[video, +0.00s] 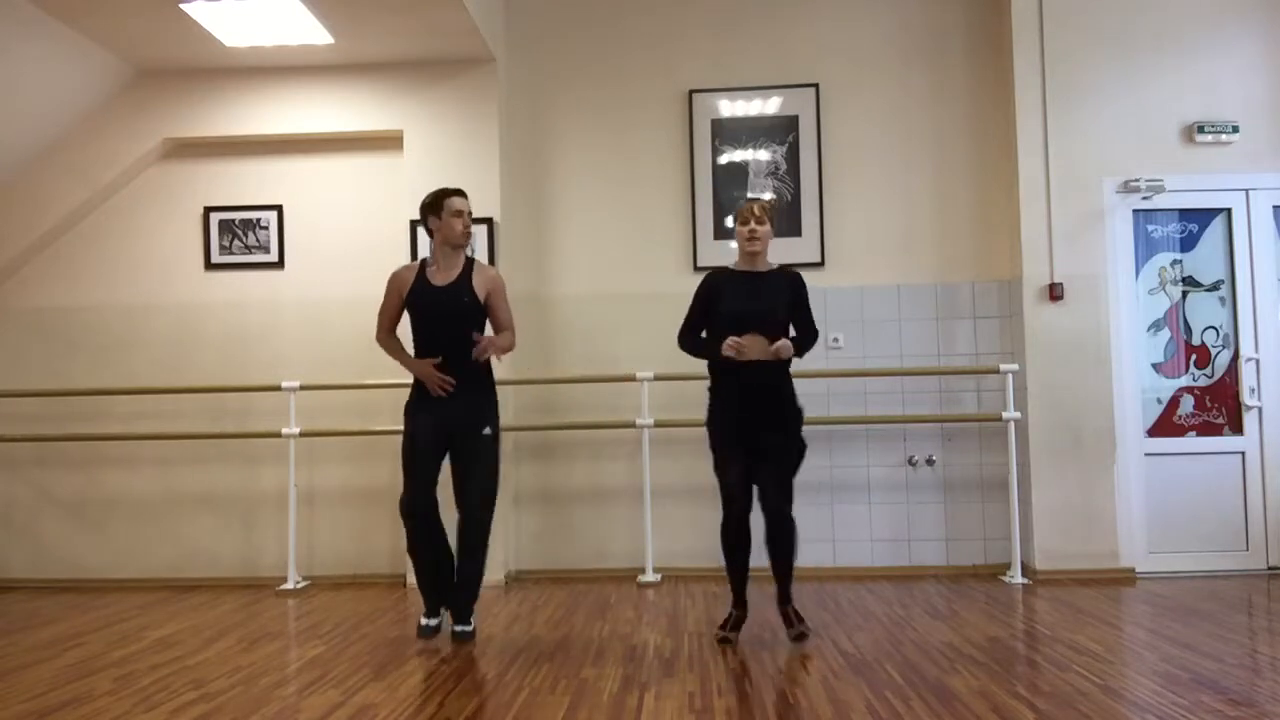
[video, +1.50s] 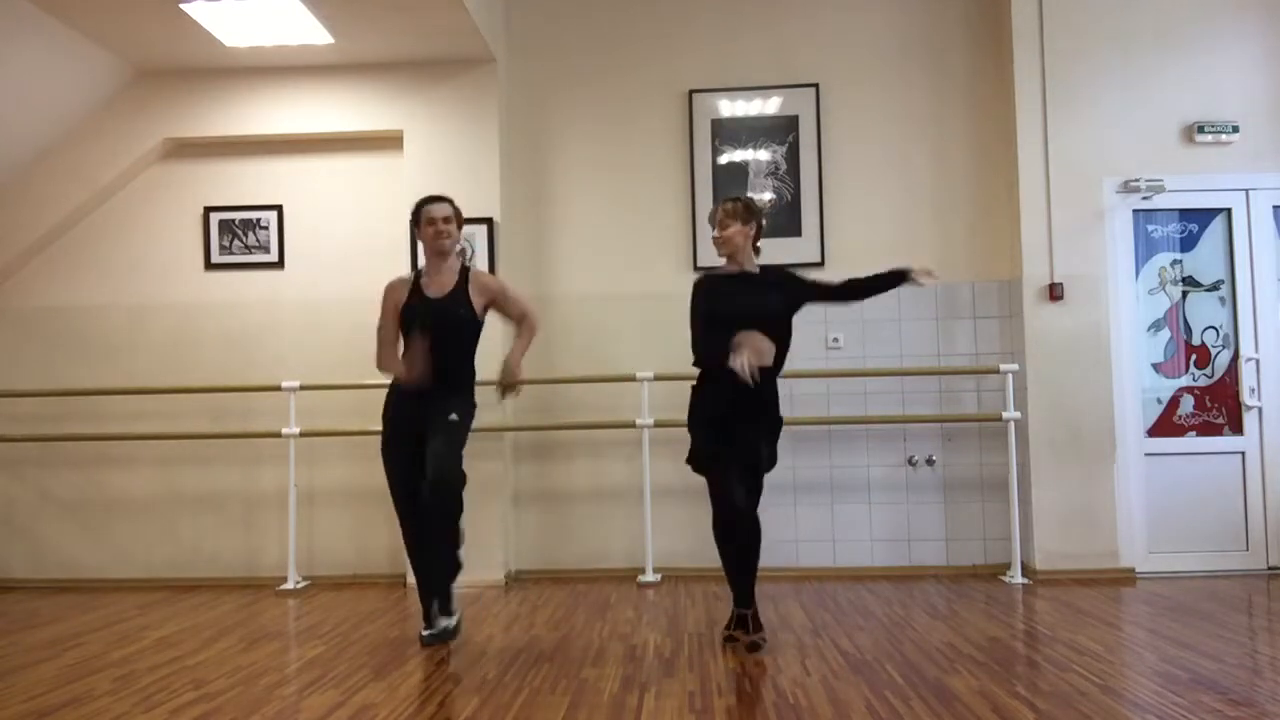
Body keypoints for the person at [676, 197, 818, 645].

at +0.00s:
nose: (752, 228)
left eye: (760, 221)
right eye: (745, 221)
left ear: (772, 231)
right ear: (735, 231)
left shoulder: (789, 282)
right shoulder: (715, 282)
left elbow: (809, 333)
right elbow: (686, 337)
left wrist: (790, 347)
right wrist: (719, 349)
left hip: (777, 409)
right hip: (729, 411)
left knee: (778, 508)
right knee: (735, 509)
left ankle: (786, 602)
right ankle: (737, 605)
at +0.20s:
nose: (738, 229)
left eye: (746, 222)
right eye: (733, 223)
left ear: (766, 232)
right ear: (726, 233)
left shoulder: (786, 283)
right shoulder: (713, 285)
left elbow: (805, 341)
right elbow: (704, 350)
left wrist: (776, 352)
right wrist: (735, 353)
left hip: (767, 412)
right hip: (720, 412)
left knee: (759, 510)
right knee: (725, 511)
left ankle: (758, 609)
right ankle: (730, 607)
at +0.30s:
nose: (724, 228)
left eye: (733, 222)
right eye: (723, 222)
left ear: (759, 229)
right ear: (723, 231)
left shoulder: (781, 283)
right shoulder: (711, 279)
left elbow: (793, 345)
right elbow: (685, 329)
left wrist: (784, 376)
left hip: (770, 399)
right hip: (725, 400)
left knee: (765, 510)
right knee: (729, 508)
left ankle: (762, 609)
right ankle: (738, 607)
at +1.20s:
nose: (722, 227)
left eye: (731, 219)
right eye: (720, 221)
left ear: (755, 227)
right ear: (721, 231)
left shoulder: (779, 282)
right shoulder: (709, 281)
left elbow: (799, 340)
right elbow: (673, 333)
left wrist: (824, 388)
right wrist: (648, 298)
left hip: (770, 394)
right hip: (722, 395)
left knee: (770, 506)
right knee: (733, 506)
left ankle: (764, 609)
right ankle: (741, 608)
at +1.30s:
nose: (716, 223)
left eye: (725, 215)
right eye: (716, 216)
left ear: (752, 223)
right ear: (728, 226)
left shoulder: (783, 277)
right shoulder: (707, 274)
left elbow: (835, 322)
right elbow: (672, 318)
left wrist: (886, 357)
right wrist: (674, 273)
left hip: (765, 395)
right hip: (716, 395)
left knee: (763, 504)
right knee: (729, 503)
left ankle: (764, 607)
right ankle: (737, 606)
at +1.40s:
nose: (718, 220)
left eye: (727, 213)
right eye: (716, 214)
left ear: (752, 220)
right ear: (717, 223)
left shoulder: (785, 269)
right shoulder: (708, 266)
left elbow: (846, 288)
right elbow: (683, 319)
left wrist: (907, 304)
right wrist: (712, 283)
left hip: (762, 391)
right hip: (713, 391)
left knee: (749, 496)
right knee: (725, 498)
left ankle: (756, 602)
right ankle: (738, 602)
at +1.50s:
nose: (718, 232)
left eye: (727, 225)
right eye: (716, 226)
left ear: (752, 230)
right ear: (716, 233)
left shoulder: (782, 283)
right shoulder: (707, 286)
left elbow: (844, 291)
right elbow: (701, 349)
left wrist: (902, 275)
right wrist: (734, 345)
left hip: (758, 410)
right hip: (712, 408)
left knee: (743, 508)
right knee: (727, 507)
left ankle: (744, 609)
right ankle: (744, 609)